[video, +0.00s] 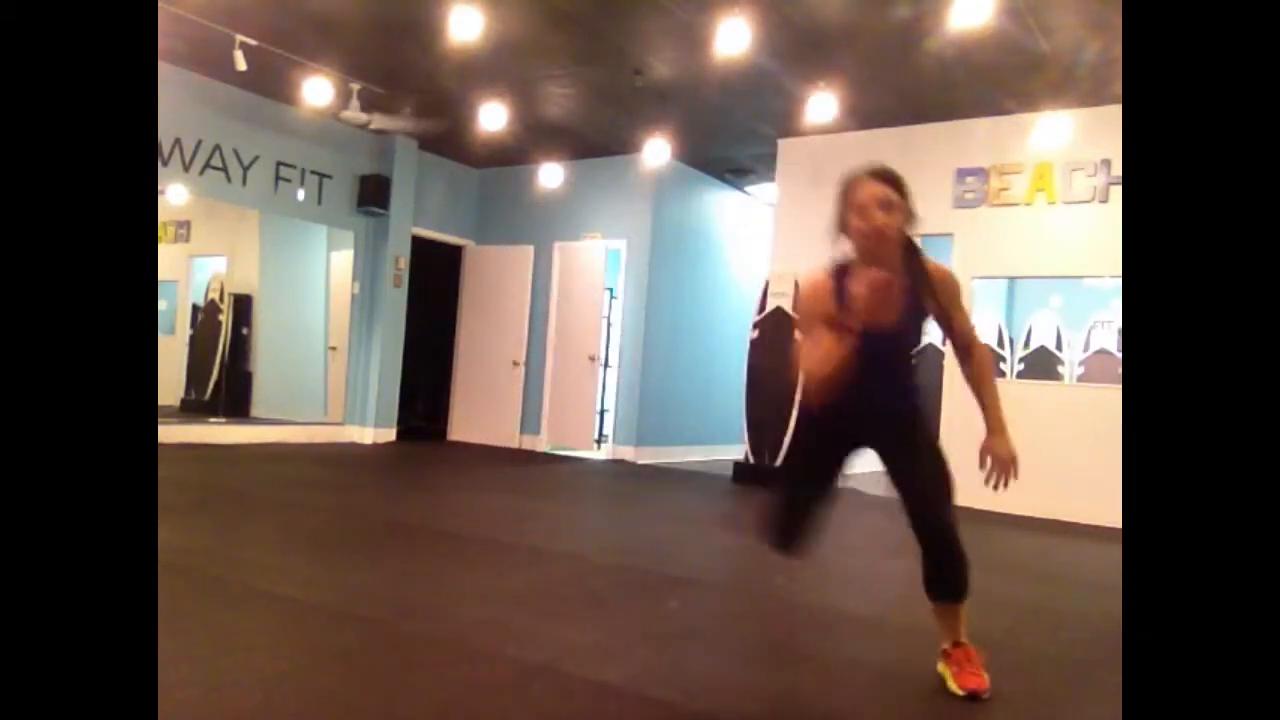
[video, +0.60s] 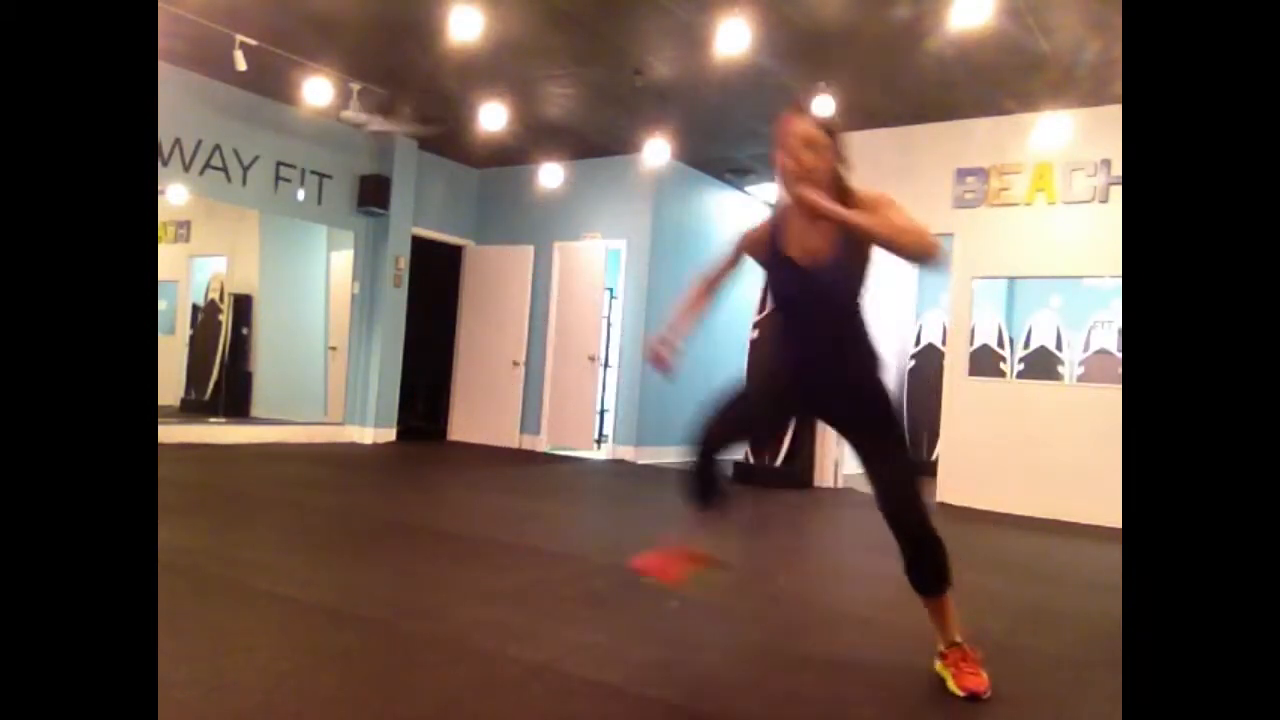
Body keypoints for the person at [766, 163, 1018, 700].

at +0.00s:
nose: (874, 220)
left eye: (885, 207)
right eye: (861, 210)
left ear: (906, 218)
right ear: (844, 224)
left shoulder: (931, 282)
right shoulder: (821, 288)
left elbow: (969, 349)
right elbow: (811, 378)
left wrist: (997, 429)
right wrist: (854, 319)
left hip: (899, 417)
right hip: (831, 416)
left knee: (938, 526)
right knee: (785, 531)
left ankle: (955, 647)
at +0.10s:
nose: (911, 252)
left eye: (923, 241)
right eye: (896, 244)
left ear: (940, 252)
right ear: (877, 258)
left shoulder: (958, 310)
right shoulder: (850, 323)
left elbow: (959, 357)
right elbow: (868, 426)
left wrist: (964, 406)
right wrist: (904, 357)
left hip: (923, 424)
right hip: (860, 434)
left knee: (946, 536)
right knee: (868, 568)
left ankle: (954, 650)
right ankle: (889, 535)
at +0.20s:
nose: (925, 270)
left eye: (937, 257)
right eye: (911, 259)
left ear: (956, 268)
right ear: (891, 273)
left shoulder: (969, 324)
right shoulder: (862, 341)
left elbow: (957, 358)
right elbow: (888, 446)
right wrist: (918, 376)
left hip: (938, 439)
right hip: (878, 459)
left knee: (949, 553)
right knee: (912, 580)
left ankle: (956, 651)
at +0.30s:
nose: (926, 266)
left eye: (938, 254)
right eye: (911, 256)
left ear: (954, 267)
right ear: (890, 270)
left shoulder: (966, 327)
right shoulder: (859, 337)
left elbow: (942, 378)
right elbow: (876, 444)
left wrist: (953, 410)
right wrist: (911, 375)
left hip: (939, 439)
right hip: (878, 457)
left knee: (942, 549)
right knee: (917, 576)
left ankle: (954, 649)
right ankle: (981, 551)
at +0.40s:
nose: (901, 239)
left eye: (913, 227)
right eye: (888, 229)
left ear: (933, 240)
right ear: (870, 243)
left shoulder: (953, 312)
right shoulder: (838, 310)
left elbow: (971, 382)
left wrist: (1002, 456)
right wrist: (868, 436)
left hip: (927, 429)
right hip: (860, 434)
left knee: (936, 544)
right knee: (876, 558)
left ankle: (953, 648)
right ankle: (943, 570)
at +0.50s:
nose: (859, 208)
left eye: (872, 196)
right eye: (847, 198)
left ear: (894, 207)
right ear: (833, 211)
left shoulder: (928, 272)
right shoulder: (811, 278)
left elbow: (990, 350)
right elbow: (761, 347)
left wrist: (955, 314)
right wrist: (758, 418)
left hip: (899, 409)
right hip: (830, 410)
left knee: (930, 532)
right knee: (796, 515)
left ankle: (953, 647)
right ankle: (841, 571)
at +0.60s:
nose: (797, 158)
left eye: (810, 148)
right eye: (787, 148)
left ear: (835, 158)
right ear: (775, 159)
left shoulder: (865, 210)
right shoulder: (766, 234)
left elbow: (926, 247)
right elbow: (711, 284)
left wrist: (835, 210)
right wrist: (672, 336)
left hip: (850, 384)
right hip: (782, 381)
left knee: (903, 507)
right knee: (710, 442)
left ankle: (952, 643)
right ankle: (703, 542)